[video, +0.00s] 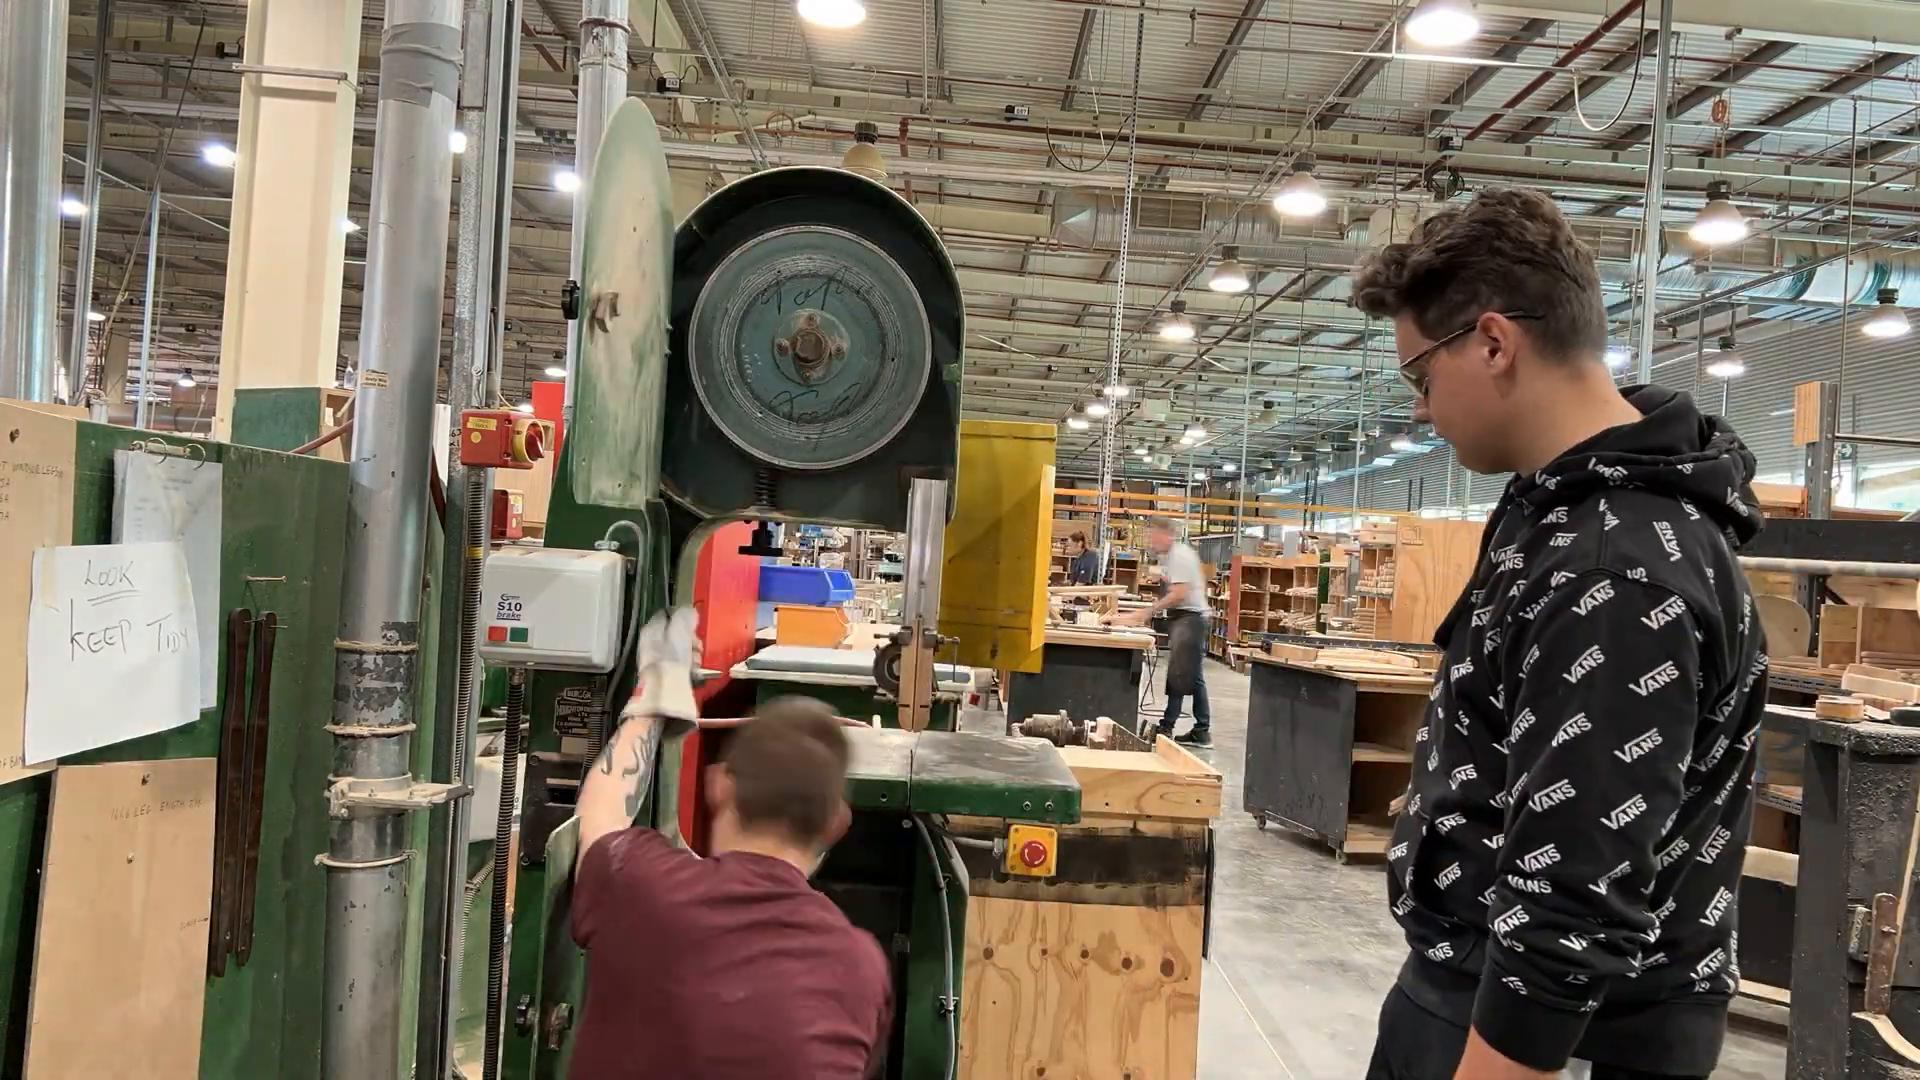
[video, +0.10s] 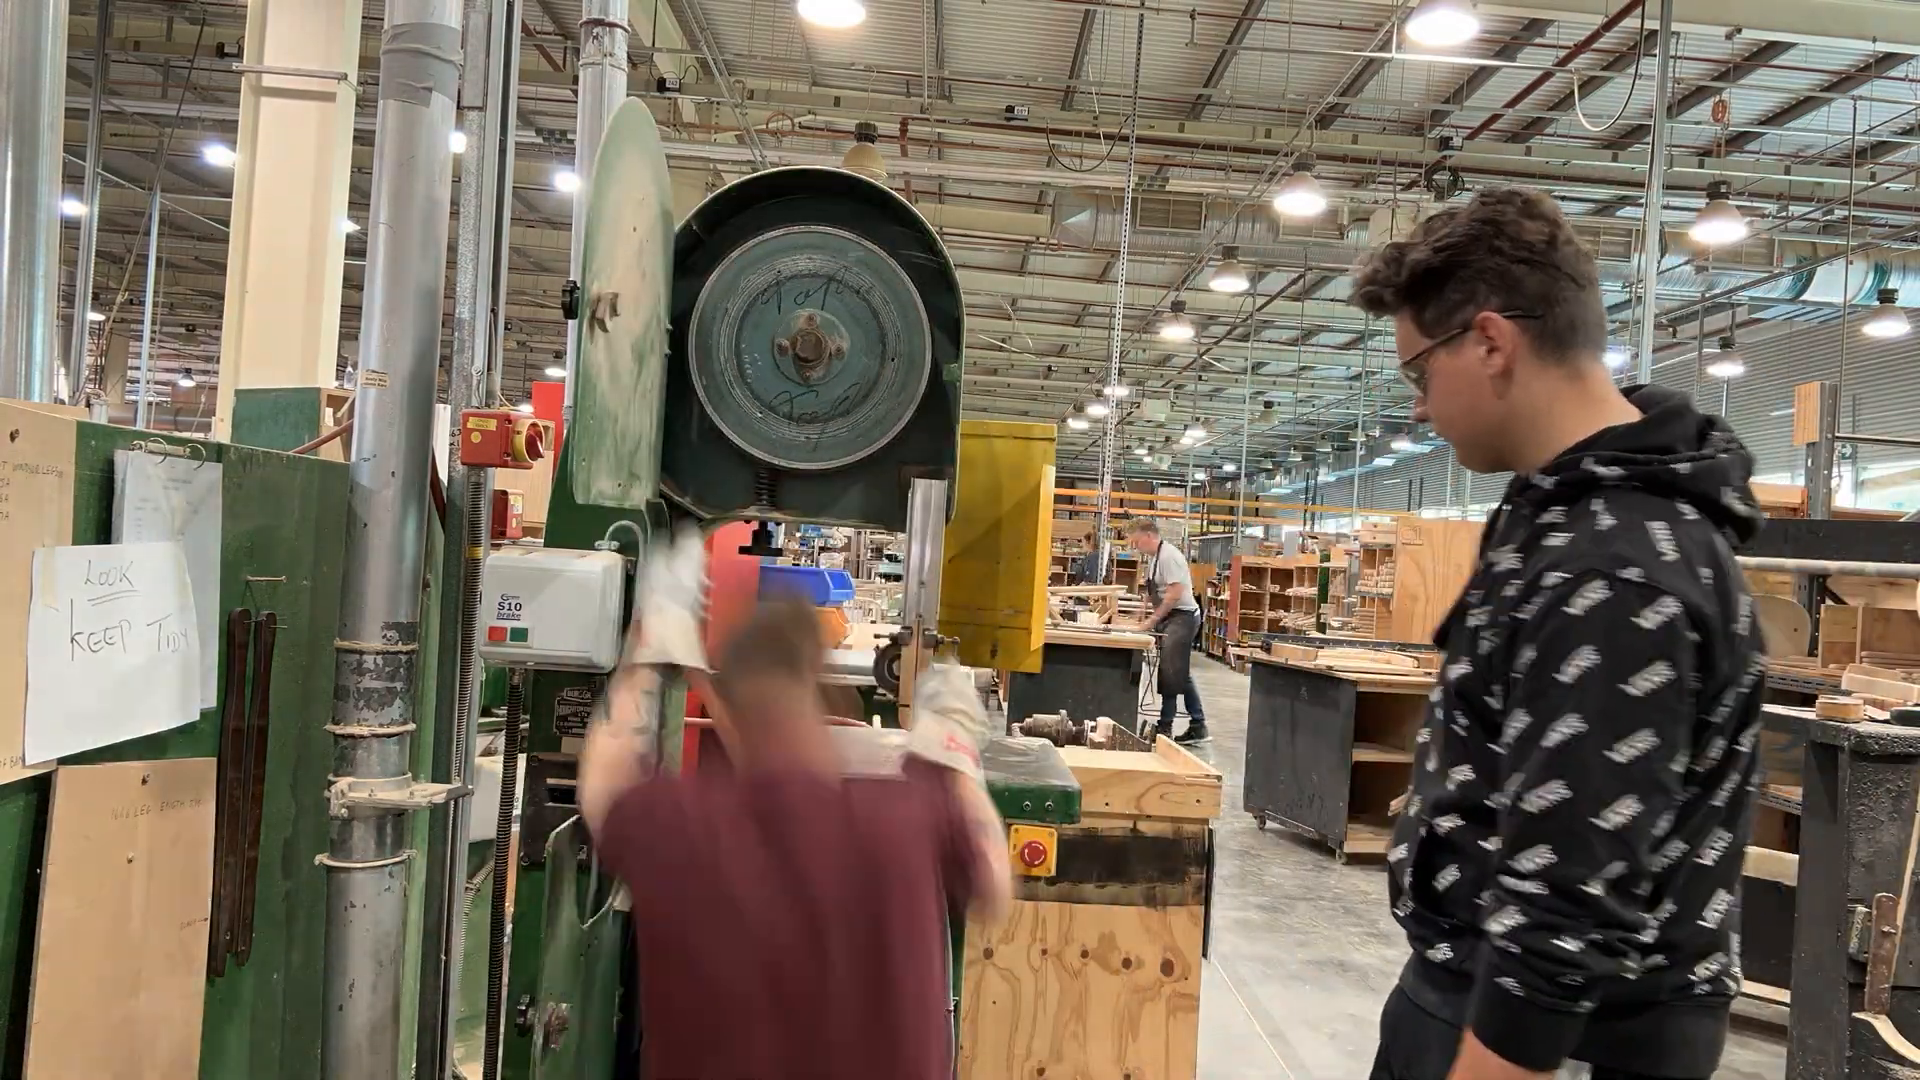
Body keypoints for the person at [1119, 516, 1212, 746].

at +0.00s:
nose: (1151, 541)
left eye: (1154, 536)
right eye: (1151, 536)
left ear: (1168, 535)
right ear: (1164, 536)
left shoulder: (1180, 556)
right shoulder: (1171, 555)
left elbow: (1179, 592)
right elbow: (1176, 590)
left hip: (1190, 619)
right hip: (1185, 618)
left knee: (1177, 675)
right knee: (1194, 676)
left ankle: (1165, 728)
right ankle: (1202, 729)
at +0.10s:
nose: (1136, 547)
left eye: (1137, 542)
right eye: (1135, 543)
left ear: (1150, 536)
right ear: (1148, 538)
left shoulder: (1168, 555)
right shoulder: (1155, 557)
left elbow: (1175, 592)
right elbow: (1154, 592)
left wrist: (1152, 621)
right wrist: (1143, 618)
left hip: (1183, 616)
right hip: (1172, 615)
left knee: (1170, 671)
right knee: (1177, 671)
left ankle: (1164, 728)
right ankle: (1198, 724)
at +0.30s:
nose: (1149, 538)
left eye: (1152, 534)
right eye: (1147, 534)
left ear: (1166, 531)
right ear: (1149, 532)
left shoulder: (1182, 552)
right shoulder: (1152, 552)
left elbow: (1186, 587)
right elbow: (1155, 582)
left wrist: (1153, 585)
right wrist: (1142, 586)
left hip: (1177, 614)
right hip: (1158, 613)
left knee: (1171, 670)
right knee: (1155, 670)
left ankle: (1172, 724)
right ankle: (1153, 719)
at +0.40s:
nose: (1133, 551)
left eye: (1134, 546)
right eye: (1132, 547)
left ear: (1148, 538)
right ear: (1144, 540)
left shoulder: (1170, 554)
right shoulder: (1147, 557)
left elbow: (1181, 587)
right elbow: (1143, 584)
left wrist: (1148, 596)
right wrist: (1135, 598)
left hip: (1178, 615)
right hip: (1159, 614)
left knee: (1173, 670)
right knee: (1157, 669)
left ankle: (1171, 725)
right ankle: (1154, 720)